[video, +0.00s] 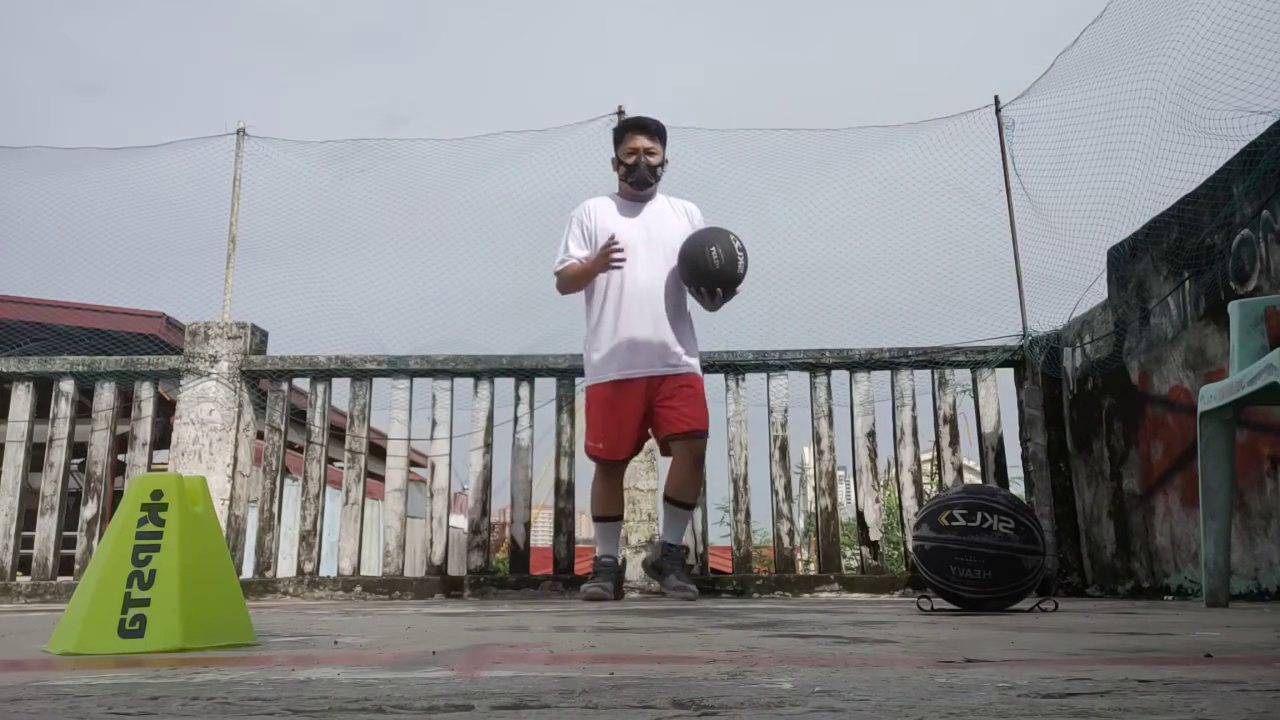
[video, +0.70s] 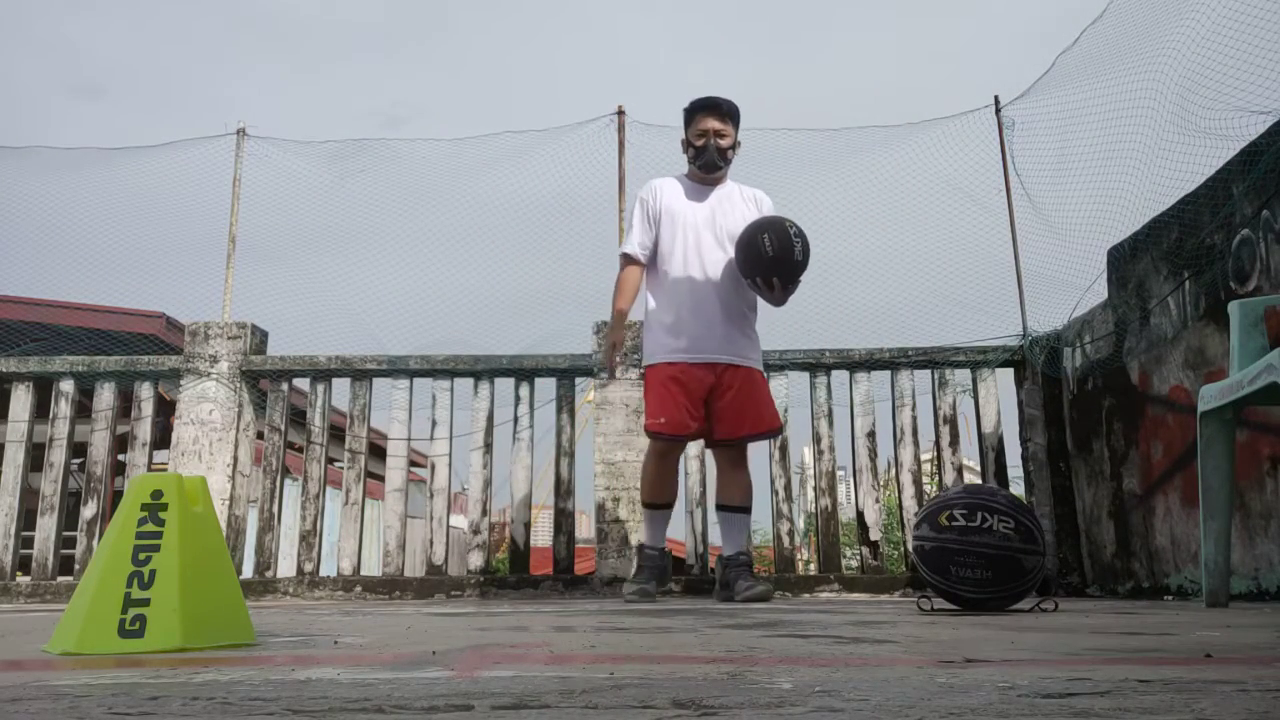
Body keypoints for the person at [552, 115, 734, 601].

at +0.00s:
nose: (641, 161)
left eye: (650, 154)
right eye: (631, 154)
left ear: (663, 160)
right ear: (616, 162)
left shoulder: (686, 214)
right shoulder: (592, 213)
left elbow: (706, 294)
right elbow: (563, 282)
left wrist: (718, 287)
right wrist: (593, 264)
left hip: (675, 359)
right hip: (612, 361)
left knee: (692, 444)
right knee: (610, 464)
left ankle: (669, 555)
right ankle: (606, 566)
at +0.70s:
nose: (712, 143)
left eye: (721, 135)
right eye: (702, 136)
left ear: (736, 143)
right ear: (686, 142)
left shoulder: (756, 203)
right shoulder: (658, 194)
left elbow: (773, 282)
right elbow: (633, 262)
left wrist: (777, 292)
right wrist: (617, 325)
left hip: (735, 351)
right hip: (671, 349)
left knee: (732, 452)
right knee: (665, 445)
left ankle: (735, 568)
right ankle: (652, 562)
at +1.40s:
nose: (700, 146)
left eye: (710, 138)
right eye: (690, 138)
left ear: (725, 143)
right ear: (674, 141)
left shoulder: (746, 202)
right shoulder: (643, 196)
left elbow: (781, 256)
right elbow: (623, 270)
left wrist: (814, 264)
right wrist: (674, 275)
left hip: (723, 353)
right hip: (651, 357)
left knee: (750, 437)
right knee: (633, 451)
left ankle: (769, 564)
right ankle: (634, 566)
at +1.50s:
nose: (705, 154)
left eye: (715, 146)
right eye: (695, 145)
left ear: (731, 152)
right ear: (678, 149)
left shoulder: (751, 213)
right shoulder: (649, 204)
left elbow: (775, 287)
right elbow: (641, 284)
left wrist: (797, 308)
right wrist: (697, 309)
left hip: (725, 358)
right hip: (651, 356)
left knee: (750, 442)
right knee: (612, 431)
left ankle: (766, 566)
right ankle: (619, 557)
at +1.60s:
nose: (702, 162)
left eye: (712, 154)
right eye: (692, 153)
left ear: (728, 161)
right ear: (675, 157)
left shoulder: (747, 221)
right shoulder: (647, 212)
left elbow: (751, 300)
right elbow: (651, 293)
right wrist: (686, 352)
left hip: (722, 358)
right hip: (651, 353)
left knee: (749, 450)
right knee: (597, 432)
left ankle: (766, 566)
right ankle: (585, 555)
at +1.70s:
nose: (688, 166)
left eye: (699, 158)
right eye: (678, 157)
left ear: (715, 166)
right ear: (661, 162)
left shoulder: (732, 226)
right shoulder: (632, 220)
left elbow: (729, 311)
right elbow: (630, 305)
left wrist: (708, 376)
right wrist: (639, 378)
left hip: (711, 369)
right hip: (641, 371)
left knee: (747, 451)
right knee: (586, 454)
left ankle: (766, 567)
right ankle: (556, 567)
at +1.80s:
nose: (661, 174)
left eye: (673, 164)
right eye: (651, 164)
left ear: (691, 171)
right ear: (637, 169)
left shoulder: (712, 230)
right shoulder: (608, 232)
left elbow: (719, 315)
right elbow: (590, 310)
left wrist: (695, 376)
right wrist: (569, 379)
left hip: (700, 371)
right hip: (625, 372)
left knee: (735, 452)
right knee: (574, 443)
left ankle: (765, 568)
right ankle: (557, 568)